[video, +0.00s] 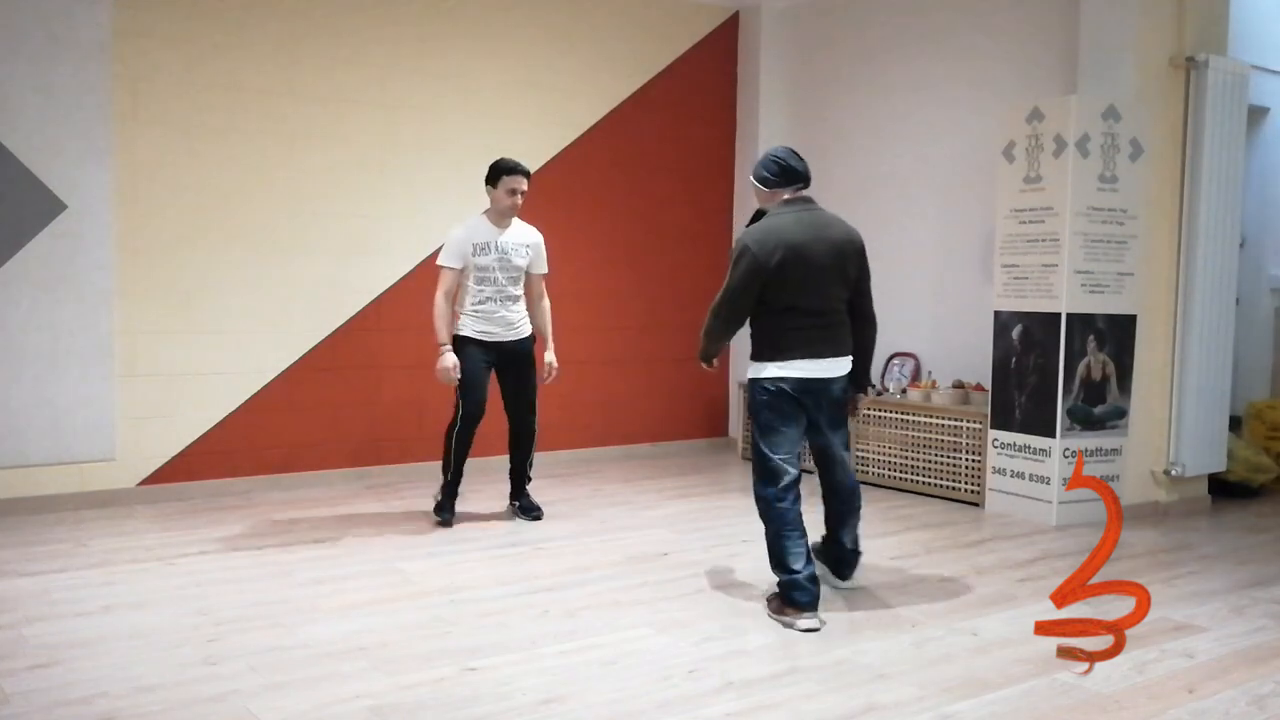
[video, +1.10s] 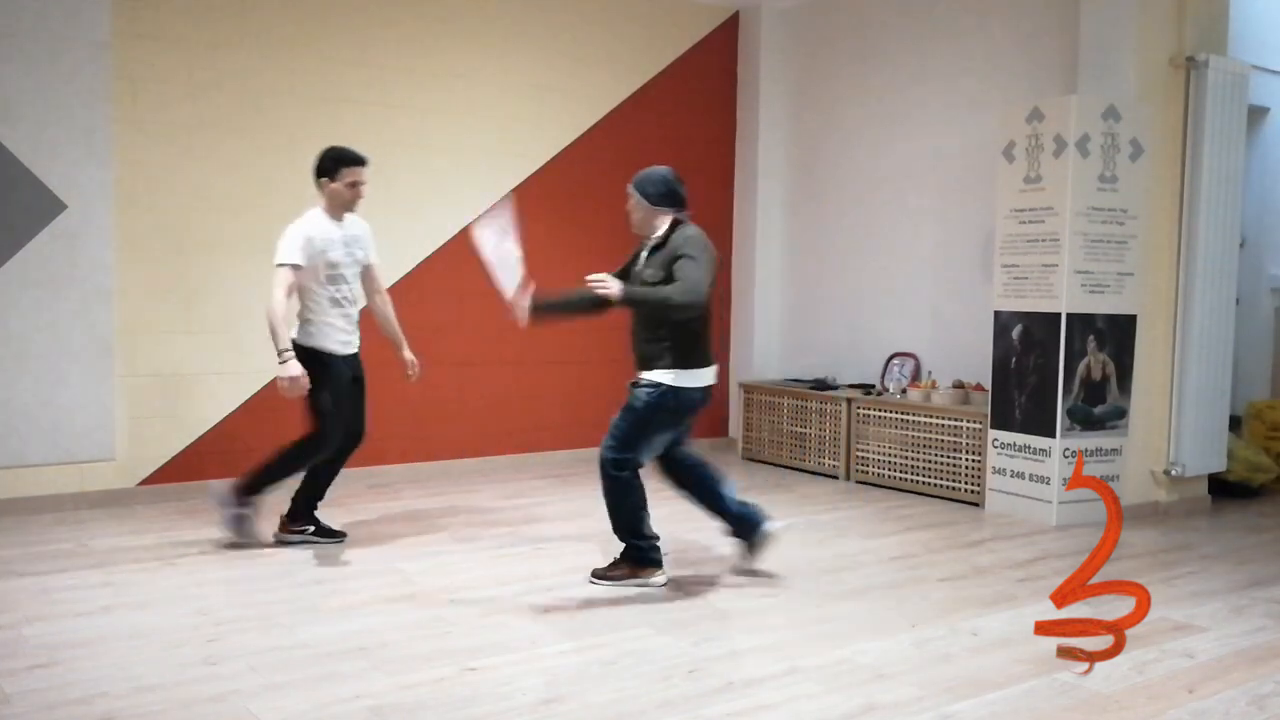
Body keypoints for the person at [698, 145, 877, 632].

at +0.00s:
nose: (756, 195)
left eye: (757, 188)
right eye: (757, 188)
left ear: (767, 190)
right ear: (804, 186)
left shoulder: (760, 239)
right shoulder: (845, 235)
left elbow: (729, 309)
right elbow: (863, 317)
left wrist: (708, 349)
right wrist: (858, 379)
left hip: (777, 378)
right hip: (834, 376)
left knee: (778, 487)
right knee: (839, 470)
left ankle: (798, 595)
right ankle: (842, 557)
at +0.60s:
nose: (752, 207)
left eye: (755, 200)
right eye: (753, 200)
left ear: (768, 204)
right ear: (798, 204)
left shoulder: (758, 246)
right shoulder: (833, 248)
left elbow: (722, 317)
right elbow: (853, 317)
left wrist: (678, 375)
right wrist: (859, 359)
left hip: (775, 383)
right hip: (821, 381)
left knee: (771, 476)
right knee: (814, 467)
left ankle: (807, 580)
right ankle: (834, 559)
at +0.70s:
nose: (733, 211)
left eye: (737, 204)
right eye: (735, 203)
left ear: (753, 208)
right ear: (781, 207)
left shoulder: (747, 243)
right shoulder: (815, 248)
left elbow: (718, 301)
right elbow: (840, 316)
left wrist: (671, 353)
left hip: (764, 384)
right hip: (810, 380)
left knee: (740, 476)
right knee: (804, 465)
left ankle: (791, 560)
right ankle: (834, 561)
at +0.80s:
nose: (705, 208)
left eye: (710, 201)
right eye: (707, 200)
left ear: (729, 204)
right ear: (750, 203)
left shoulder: (734, 231)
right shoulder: (782, 238)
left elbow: (731, 267)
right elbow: (802, 287)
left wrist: (707, 303)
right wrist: (800, 254)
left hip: (750, 377)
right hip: (791, 374)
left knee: (699, 462)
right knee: (790, 461)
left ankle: (735, 563)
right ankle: (831, 556)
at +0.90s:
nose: (677, 206)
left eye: (682, 198)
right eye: (678, 198)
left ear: (702, 201)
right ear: (718, 199)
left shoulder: (716, 225)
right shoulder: (737, 228)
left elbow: (732, 254)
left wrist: (708, 276)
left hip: (731, 377)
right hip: (763, 375)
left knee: (665, 450)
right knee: (783, 466)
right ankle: (829, 559)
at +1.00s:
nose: (652, 210)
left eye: (657, 202)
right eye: (653, 201)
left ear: (677, 206)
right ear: (685, 205)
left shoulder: (704, 235)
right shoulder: (687, 242)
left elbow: (719, 268)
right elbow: (643, 258)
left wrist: (670, 277)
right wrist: (600, 231)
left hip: (697, 382)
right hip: (724, 379)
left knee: (635, 455)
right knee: (746, 463)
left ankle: (641, 557)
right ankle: (810, 543)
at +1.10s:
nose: (627, 209)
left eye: (633, 201)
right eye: (628, 201)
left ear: (655, 205)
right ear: (657, 206)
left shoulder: (690, 242)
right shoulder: (649, 250)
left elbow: (690, 296)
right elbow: (605, 297)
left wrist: (625, 292)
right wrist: (538, 305)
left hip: (674, 381)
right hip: (668, 379)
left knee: (617, 458)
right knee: (673, 455)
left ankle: (641, 558)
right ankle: (747, 523)